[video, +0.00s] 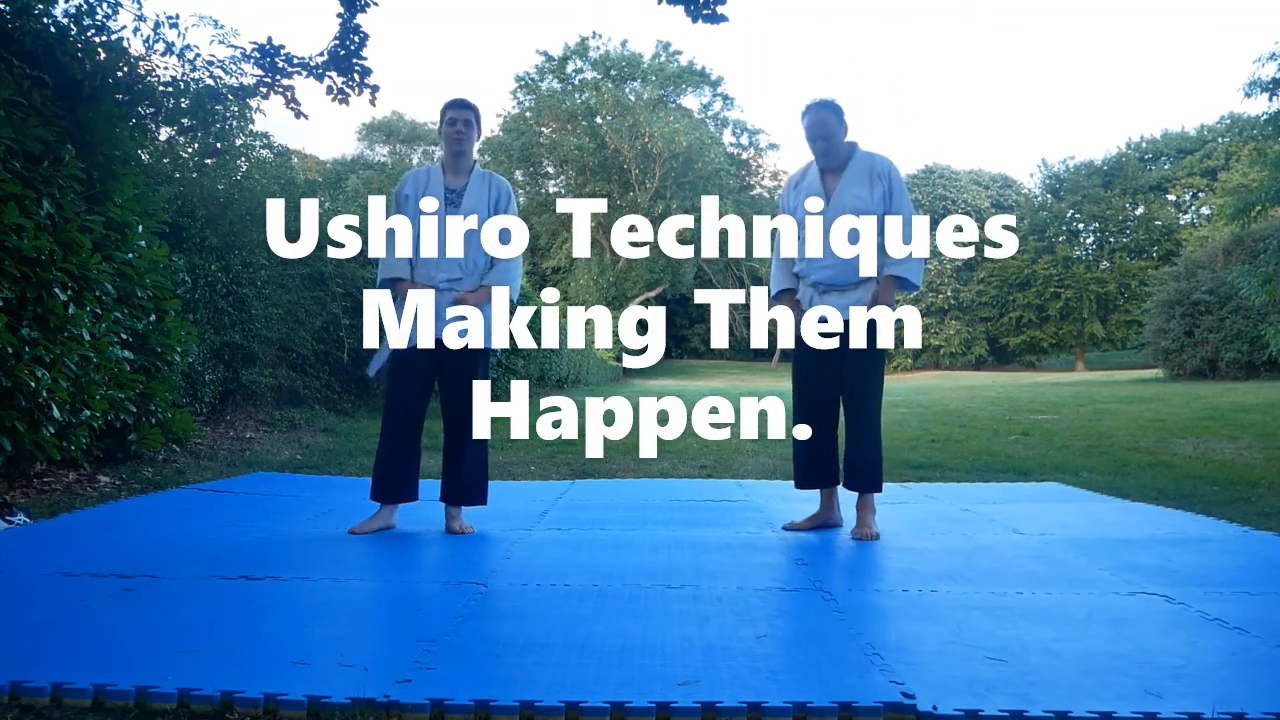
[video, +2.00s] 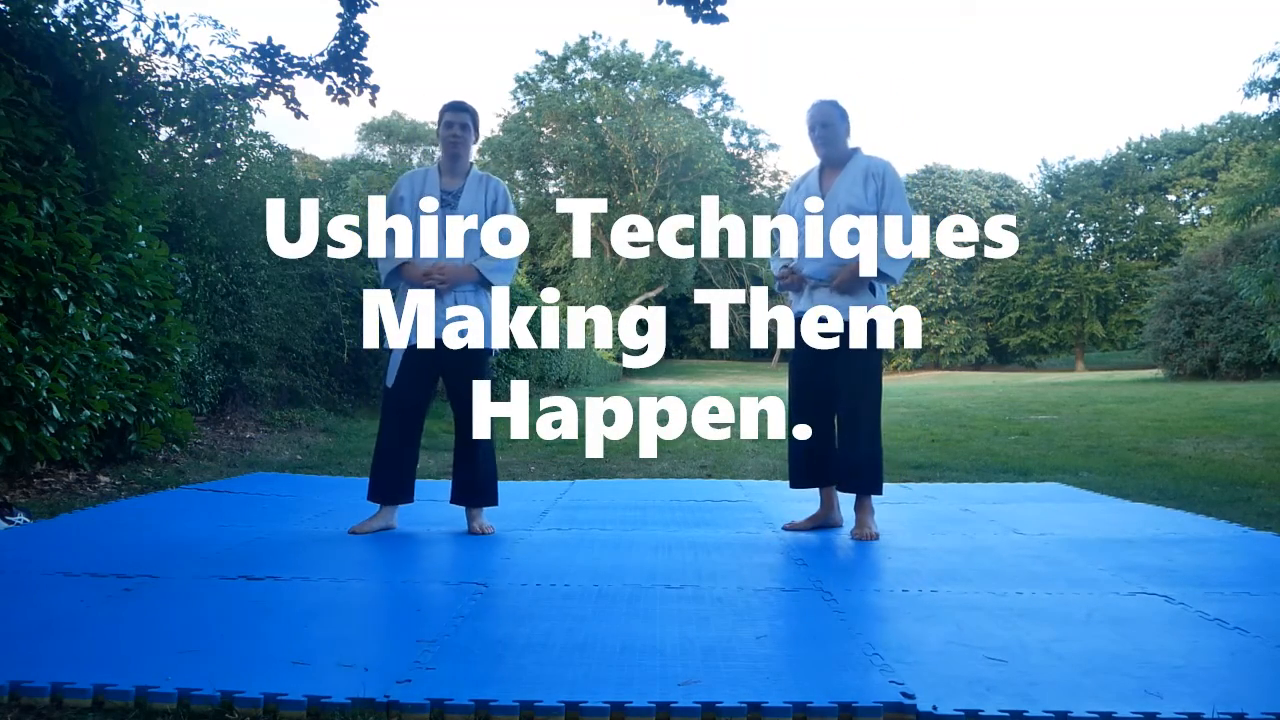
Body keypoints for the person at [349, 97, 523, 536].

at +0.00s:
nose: (458, 130)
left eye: (466, 125)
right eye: (452, 123)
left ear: (478, 135)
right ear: (440, 131)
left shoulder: (498, 189)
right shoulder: (412, 183)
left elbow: (510, 258)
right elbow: (396, 243)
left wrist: (483, 293)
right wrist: (404, 287)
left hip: (471, 314)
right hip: (415, 308)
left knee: (463, 411)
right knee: (401, 406)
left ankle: (455, 509)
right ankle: (387, 508)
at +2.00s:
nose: (455, 133)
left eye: (463, 128)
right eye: (449, 126)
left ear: (476, 138)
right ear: (437, 134)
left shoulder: (493, 189)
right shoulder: (408, 184)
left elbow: (507, 256)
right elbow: (388, 248)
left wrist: (462, 271)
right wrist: (413, 272)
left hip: (470, 320)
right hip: (413, 318)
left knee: (473, 414)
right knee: (399, 409)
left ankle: (475, 512)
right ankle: (387, 509)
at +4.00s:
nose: (454, 137)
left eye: (462, 131)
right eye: (447, 129)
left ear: (473, 139)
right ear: (434, 133)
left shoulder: (492, 191)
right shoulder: (406, 186)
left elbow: (504, 257)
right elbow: (383, 248)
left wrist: (458, 275)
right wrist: (413, 276)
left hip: (469, 321)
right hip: (414, 319)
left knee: (473, 421)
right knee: (397, 416)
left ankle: (475, 512)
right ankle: (387, 510)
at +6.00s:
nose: (475, 142)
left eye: (478, 135)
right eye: (468, 133)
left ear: (477, 139)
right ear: (441, 133)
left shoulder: (486, 191)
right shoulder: (401, 182)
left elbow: (499, 255)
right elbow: (378, 244)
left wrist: (462, 277)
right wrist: (410, 276)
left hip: (466, 322)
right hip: (411, 320)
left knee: (469, 419)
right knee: (394, 415)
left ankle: (475, 511)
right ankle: (387, 511)